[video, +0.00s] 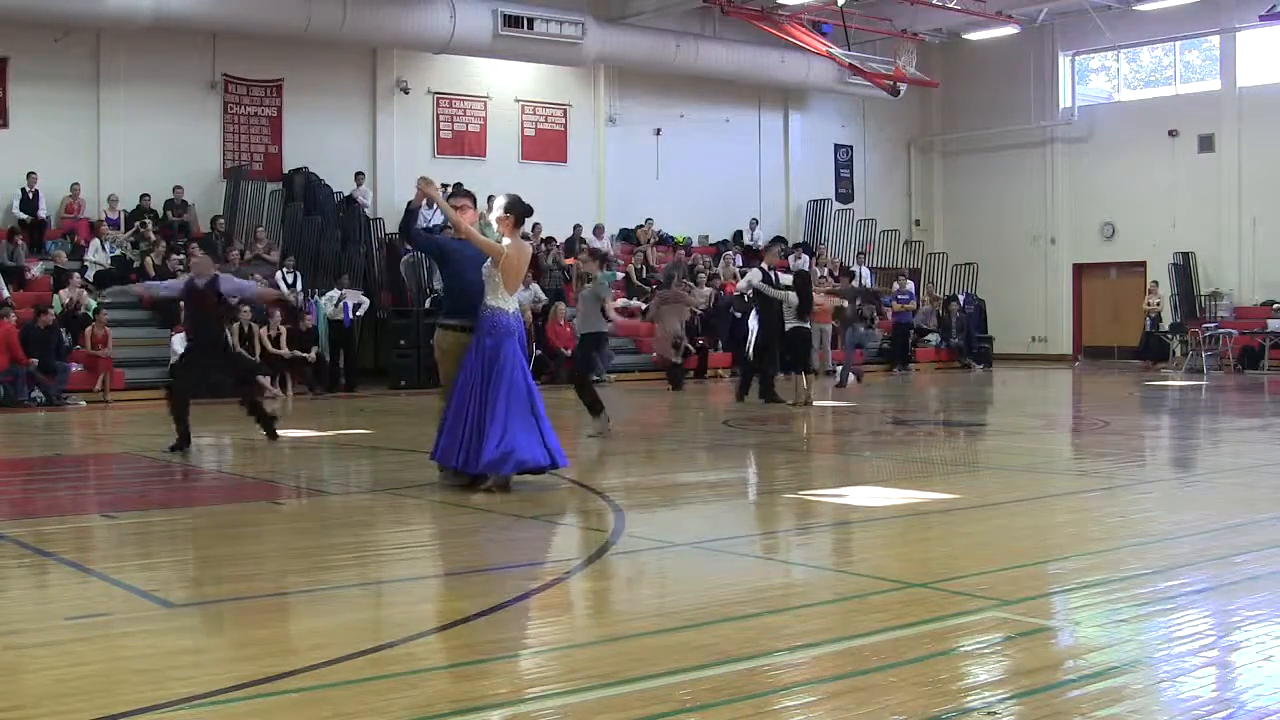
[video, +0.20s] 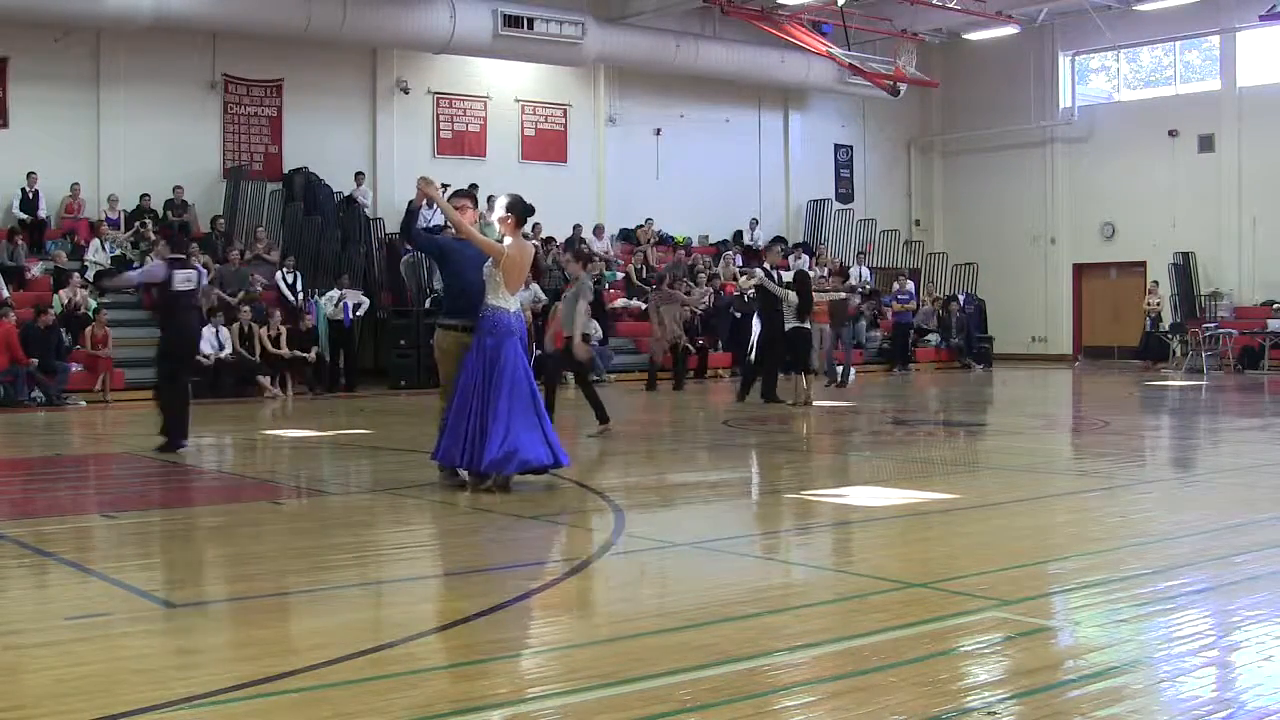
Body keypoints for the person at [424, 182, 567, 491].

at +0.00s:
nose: (491, 219)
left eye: (494, 214)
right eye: (492, 214)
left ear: (506, 220)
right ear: (516, 219)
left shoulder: (503, 250)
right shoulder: (526, 249)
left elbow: (464, 229)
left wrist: (437, 197)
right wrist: (468, 228)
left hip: (495, 323)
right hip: (512, 321)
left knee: (494, 393)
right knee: (505, 393)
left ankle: (498, 466)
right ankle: (501, 465)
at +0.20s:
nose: (493, 216)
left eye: (496, 212)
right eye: (494, 212)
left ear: (507, 219)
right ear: (519, 219)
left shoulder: (502, 250)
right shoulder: (530, 249)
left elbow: (463, 228)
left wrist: (436, 196)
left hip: (495, 322)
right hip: (515, 321)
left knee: (491, 392)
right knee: (509, 392)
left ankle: (490, 463)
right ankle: (504, 463)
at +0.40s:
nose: (494, 216)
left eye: (498, 212)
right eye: (496, 212)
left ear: (509, 219)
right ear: (520, 219)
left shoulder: (502, 250)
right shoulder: (531, 249)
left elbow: (464, 228)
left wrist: (438, 195)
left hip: (496, 322)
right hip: (517, 322)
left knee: (493, 393)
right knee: (510, 393)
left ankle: (493, 463)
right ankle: (504, 462)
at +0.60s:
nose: (498, 218)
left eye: (502, 214)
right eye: (500, 214)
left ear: (511, 218)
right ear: (522, 220)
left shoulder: (505, 250)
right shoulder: (532, 249)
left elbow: (465, 228)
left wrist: (436, 199)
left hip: (498, 323)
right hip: (518, 322)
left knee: (496, 392)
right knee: (510, 392)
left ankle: (499, 462)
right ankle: (502, 462)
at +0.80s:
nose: (499, 226)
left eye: (501, 221)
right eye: (500, 221)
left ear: (513, 222)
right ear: (520, 223)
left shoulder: (505, 251)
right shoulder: (535, 252)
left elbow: (467, 246)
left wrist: (438, 233)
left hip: (499, 325)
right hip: (520, 325)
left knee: (489, 391)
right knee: (512, 394)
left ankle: (485, 461)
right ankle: (506, 461)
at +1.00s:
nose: (494, 231)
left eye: (497, 225)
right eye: (495, 225)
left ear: (509, 227)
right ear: (514, 227)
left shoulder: (503, 257)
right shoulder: (528, 254)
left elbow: (457, 274)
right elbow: (520, 285)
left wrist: (430, 251)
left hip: (500, 330)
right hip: (518, 328)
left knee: (460, 381)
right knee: (512, 394)